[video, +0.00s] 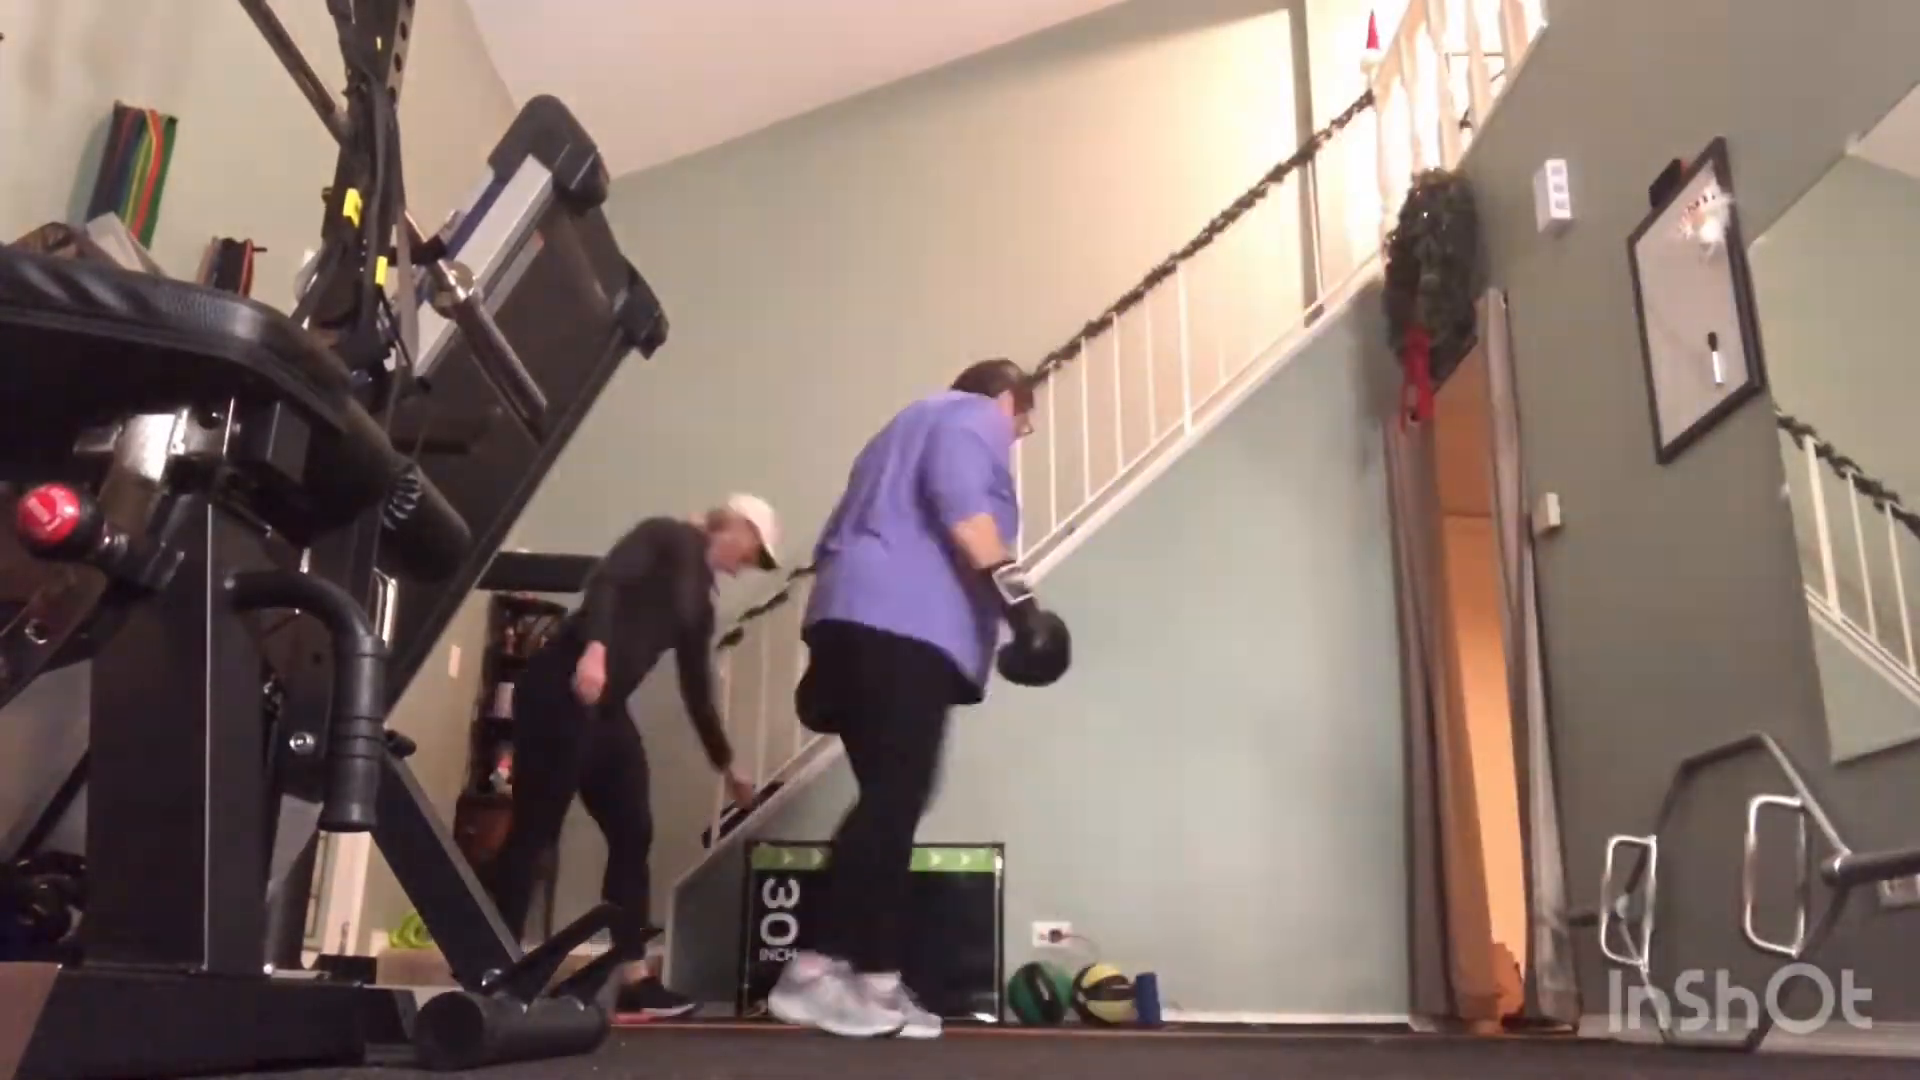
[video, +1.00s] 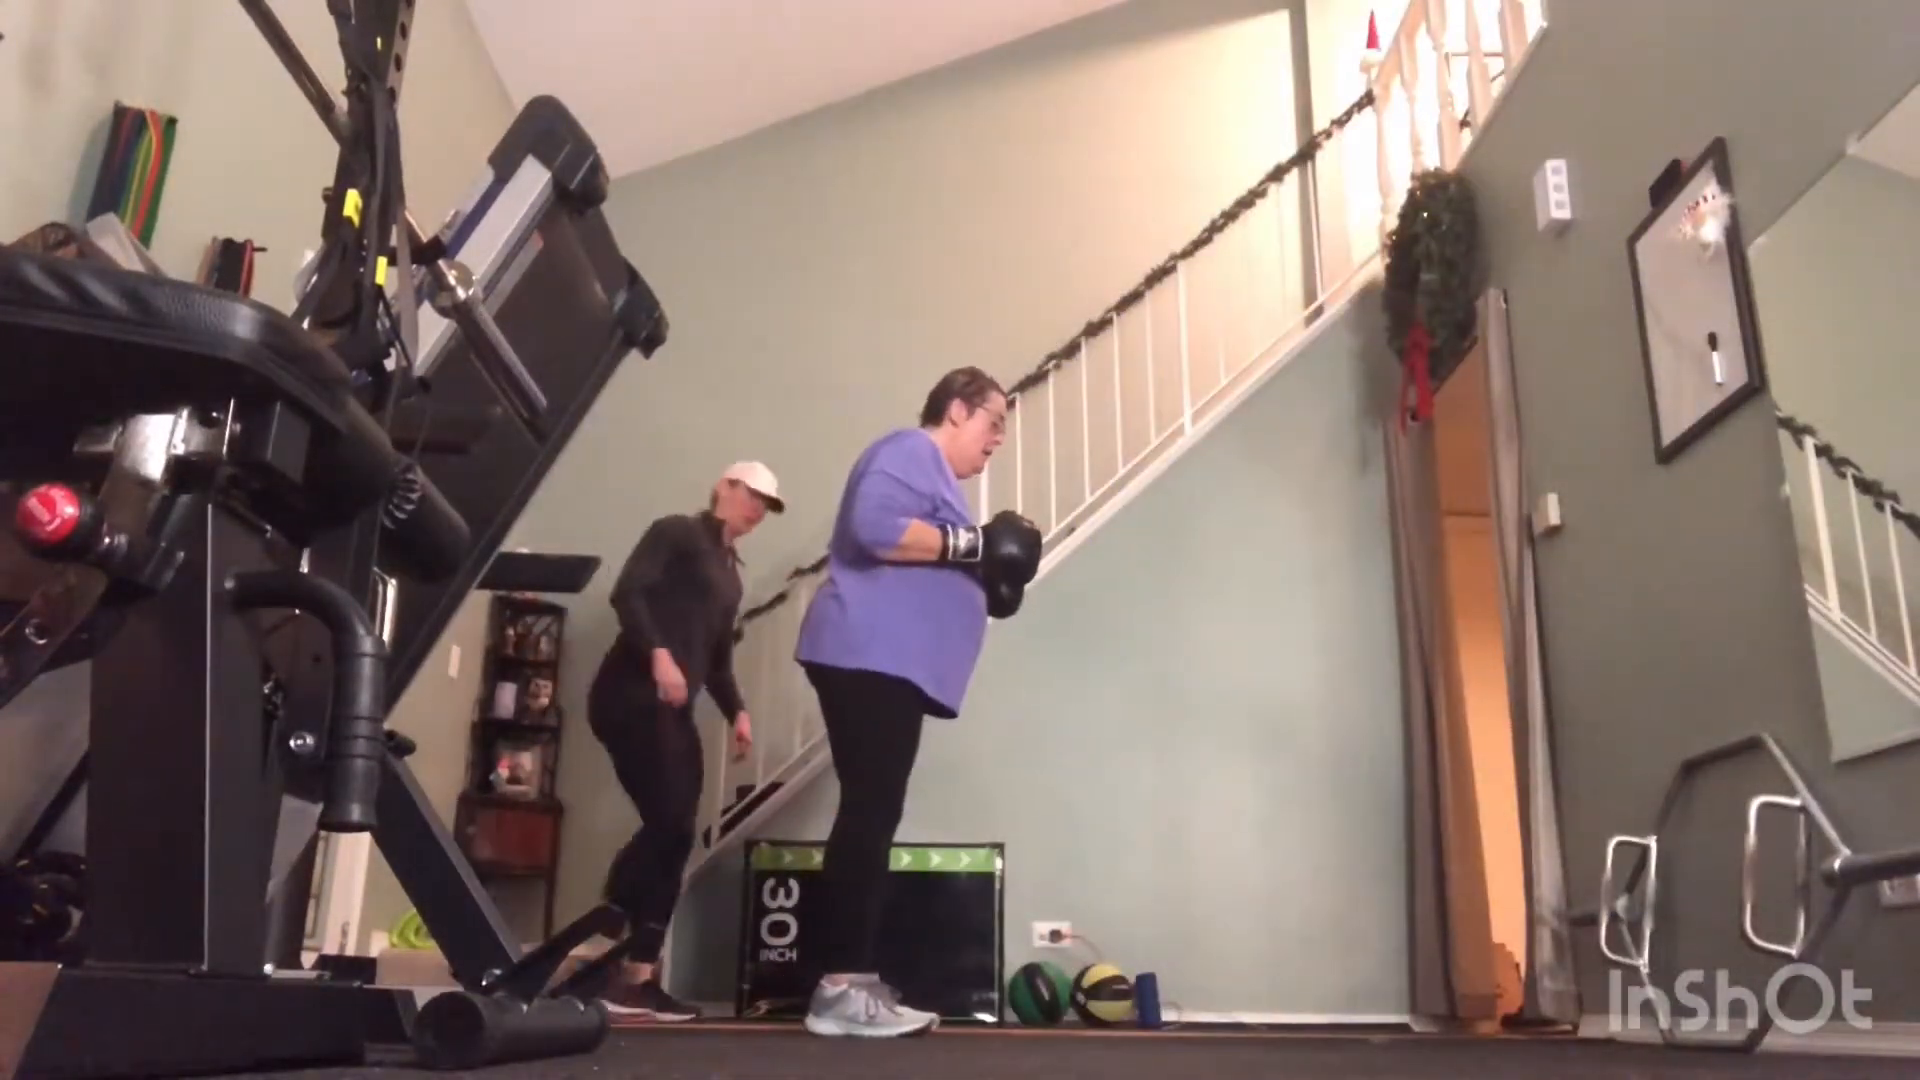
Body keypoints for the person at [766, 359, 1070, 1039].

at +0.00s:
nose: (1021, 437)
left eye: (1025, 427)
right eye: (1023, 423)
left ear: (963, 384)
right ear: (1008, 398)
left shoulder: (893, 436)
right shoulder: (972, 415)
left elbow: (832, 544)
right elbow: (965, 508)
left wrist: (824, 647)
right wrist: (1020, 601)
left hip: (851, 628)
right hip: (900, 629)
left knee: (888, 801)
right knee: (895, 799)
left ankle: (872, 979)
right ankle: (818, 970)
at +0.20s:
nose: (997, 478)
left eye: (1003, 467)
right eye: (1000, 461)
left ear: (976, 439)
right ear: (975, 433)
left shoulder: (938, 497)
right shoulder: (924, 452)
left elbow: (921, 598)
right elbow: (870, 522)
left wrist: (924, 693)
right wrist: (922, 617)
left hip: (863, 652)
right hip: (841, 641)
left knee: (878, 797)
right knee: (882, 792)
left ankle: (834, 969)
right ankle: (828, 969)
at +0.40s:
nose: (1010, 450)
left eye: (1015, 440)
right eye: (1007, 433)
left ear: (976, 420)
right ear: (973, 414)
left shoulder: (953, 484)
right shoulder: (923, 450)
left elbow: (931, 569)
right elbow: (882, 523)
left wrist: (993, 589)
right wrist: (976, 554)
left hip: (891, 662)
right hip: (865, 655)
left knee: (877, 812)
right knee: (873, 810)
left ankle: (854, 982)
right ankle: (843, 984)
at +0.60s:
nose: (1000, 443)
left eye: (1005, 432)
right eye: (997, 426)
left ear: (966, 417)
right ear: (961, 411)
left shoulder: (944, 480)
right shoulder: (914, 448)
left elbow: (918, 558)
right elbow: (880, 524)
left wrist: (989, 568)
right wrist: (972, 545)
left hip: (888, 664)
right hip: (865, 658)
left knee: (873, 815)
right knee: (868, 813)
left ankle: (853, 983)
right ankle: (841, 985)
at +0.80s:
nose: (998, 441)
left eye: (1003, 429)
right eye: (994, 424)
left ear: (962, 415)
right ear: (959, 410)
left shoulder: (939, 480)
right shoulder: (911, 448)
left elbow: (913, 555)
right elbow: (875, 526)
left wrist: (984, 565)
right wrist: (967, 545)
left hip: (890, 663)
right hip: (867, 657)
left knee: (872, 814)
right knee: (869, 812)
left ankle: (852, 983)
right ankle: (841, 985)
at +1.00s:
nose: (999, 440)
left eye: (1003, 428)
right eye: (994, 423)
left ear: (962, 416)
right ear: (958, 411)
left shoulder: (945, 484)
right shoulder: (909, 449)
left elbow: (920, 562)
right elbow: (873, 526)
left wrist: (985, 569)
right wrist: (965, 546)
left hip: (892, 664)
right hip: (866, 657)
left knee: (874, 813)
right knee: (870, 812)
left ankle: (852, 981)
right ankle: (840, 984)